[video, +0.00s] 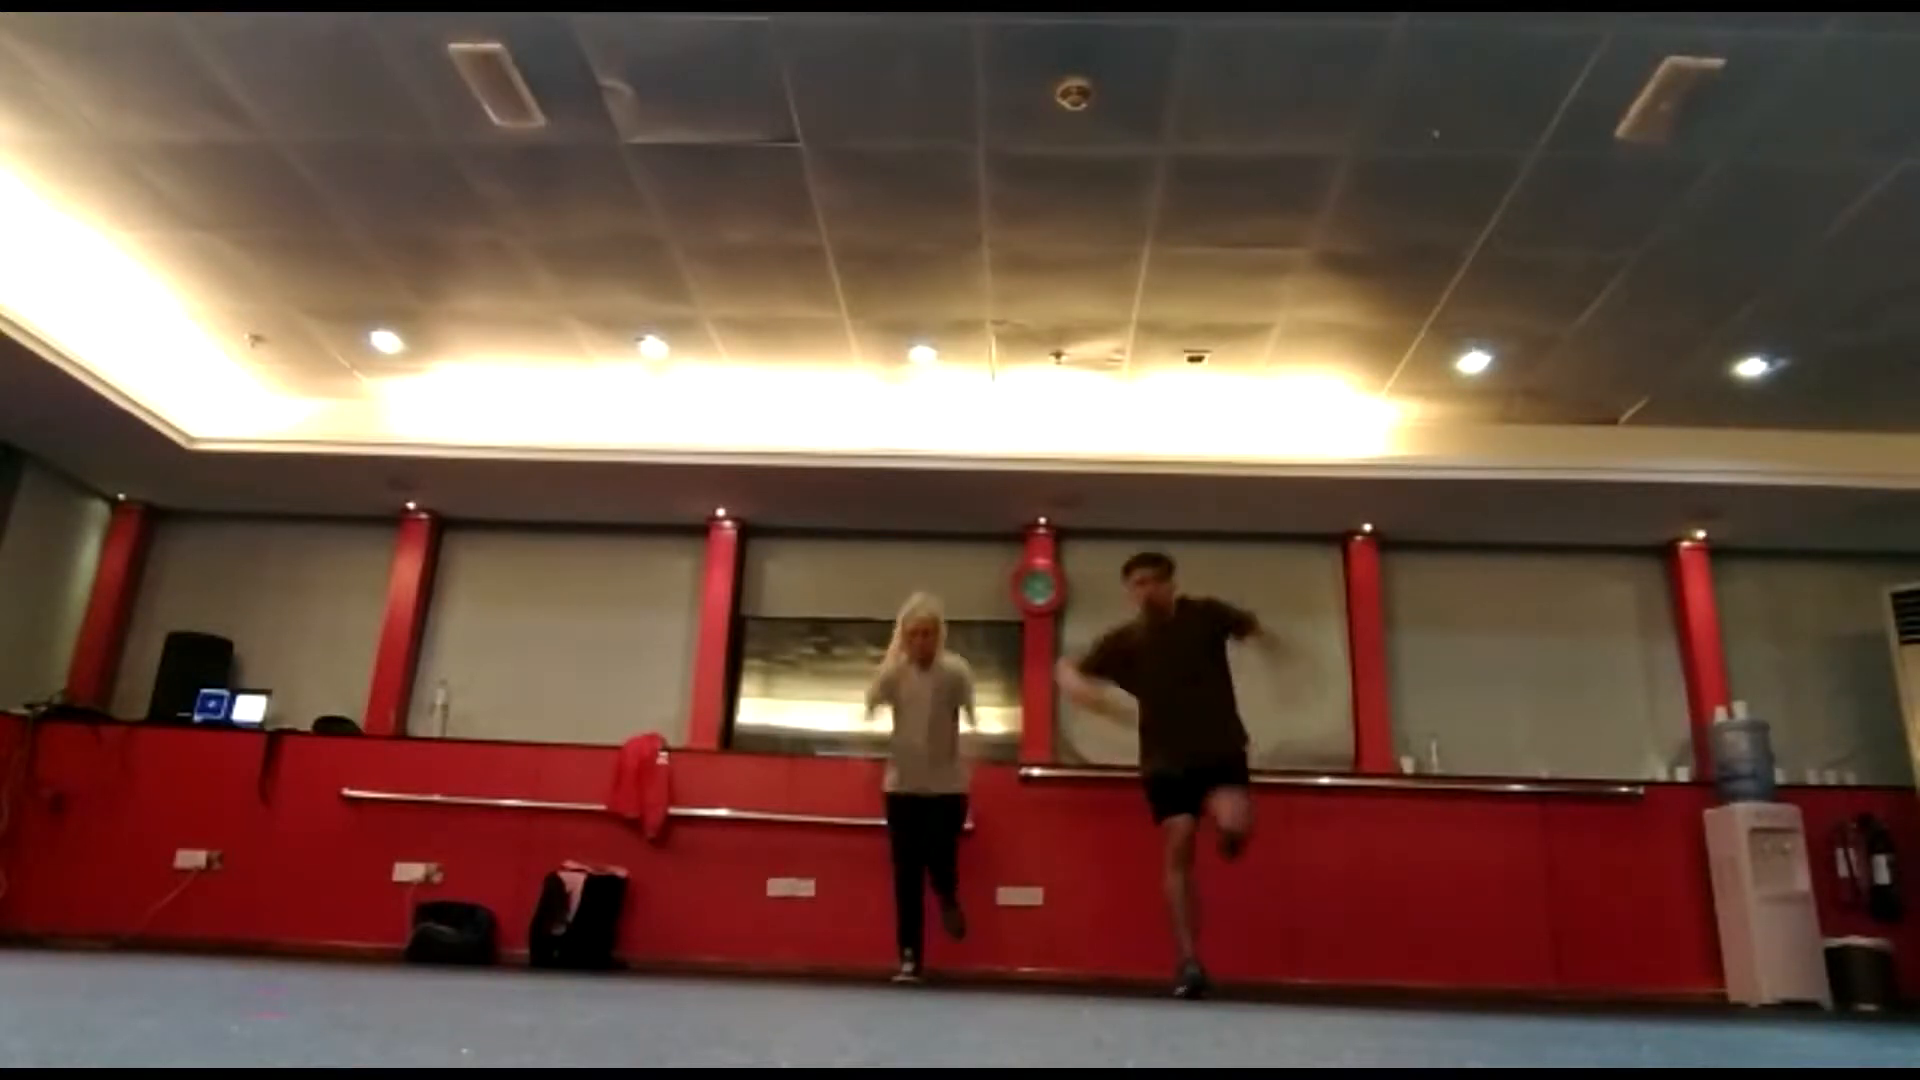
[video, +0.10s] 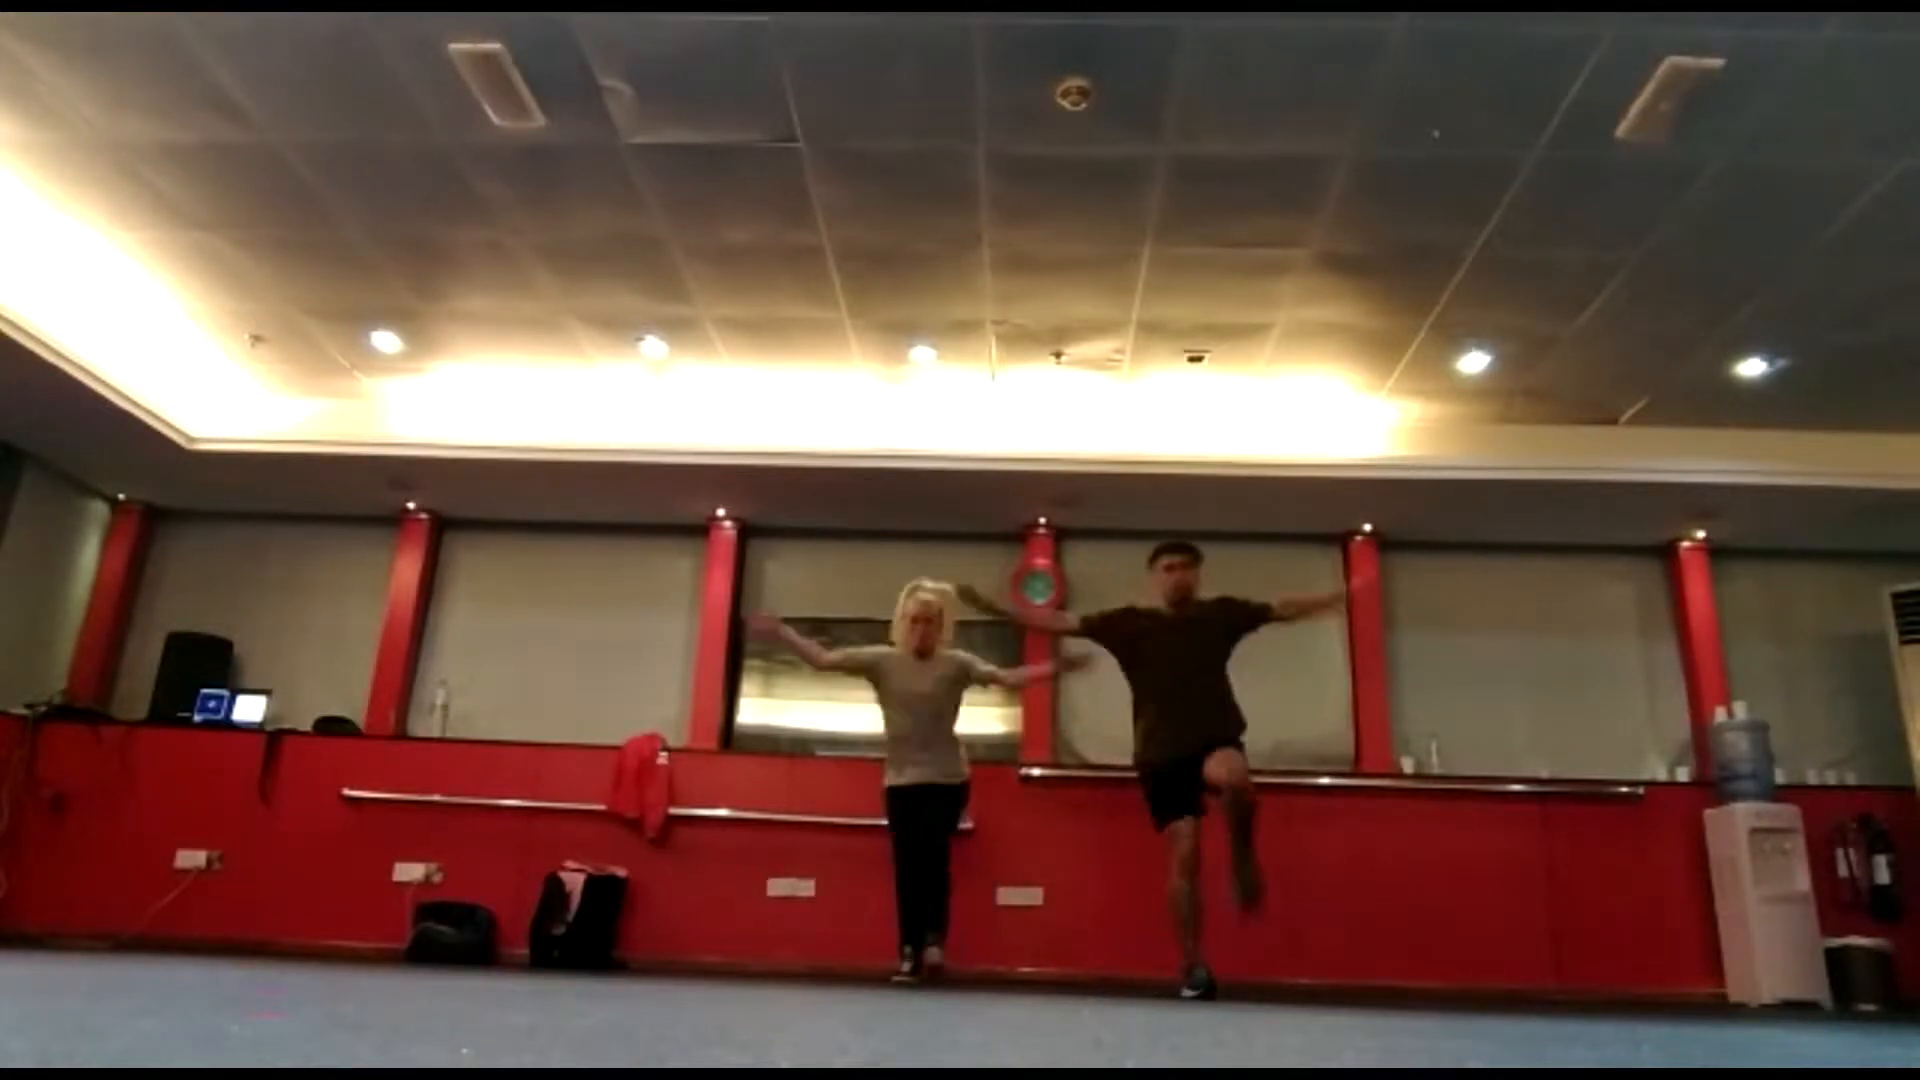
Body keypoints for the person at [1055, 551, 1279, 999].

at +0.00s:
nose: (1147, 592)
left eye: (1153, 581)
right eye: (1138, 584)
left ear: (1171, 582)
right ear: (1128, 591)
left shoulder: (1206, 615)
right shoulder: (1126, 640)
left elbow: (1256, 630)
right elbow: (1070, 676)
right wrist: (1104, 701)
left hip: (1218, 742)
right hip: (1166, 751)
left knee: (1234, 821)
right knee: (1179, 845)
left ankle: (1232, 834)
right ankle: (1188, 960)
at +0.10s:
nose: (1178, 578)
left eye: (1185, 569)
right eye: (1169, 569)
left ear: (1198, 575)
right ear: (1154, 576)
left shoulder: (1221, 613)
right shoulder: (1128, 623)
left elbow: (1284, 609)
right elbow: (1061, 622)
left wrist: (1341, 597)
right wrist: (998, 605)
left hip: (1215, 736)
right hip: (1163, 746)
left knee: (1233, 777)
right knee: (1184, 852)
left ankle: (1245, 866)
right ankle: (1192, 965)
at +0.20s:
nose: (1191, 581)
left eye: (1199, 573)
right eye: (1182, 573)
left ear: (1210, 581)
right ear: (1164, 580)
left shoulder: (1229, 628)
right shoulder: (1138, 629)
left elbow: (1283, 657)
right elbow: (1083, 662)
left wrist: (1325, 673)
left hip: (1212, 749)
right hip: (1158, 753)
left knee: (1235, 800)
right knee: (1188, 850)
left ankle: (1211, 936)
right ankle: (1203, 954)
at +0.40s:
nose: (1218, 614)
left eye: (1228, 606)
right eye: (1210, 604)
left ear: (1241, 618)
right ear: (1193, 611)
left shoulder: (1248, 676)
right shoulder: (1161, 661)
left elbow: (1233, 747)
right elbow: (1153, 739)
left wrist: (1217, 809)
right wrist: (1173, 808)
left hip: (1211, 777)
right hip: (1161, 776)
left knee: (1224, 853)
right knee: (1186, 870)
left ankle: (1178, 960)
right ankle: (1194, 962)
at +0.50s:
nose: (1209, 568)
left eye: (1220, 559)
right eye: (1204, 557)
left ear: (1238, 569)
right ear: (1190, 562)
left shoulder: (1248, 636)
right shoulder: (1159, 607)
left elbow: (1265, 714)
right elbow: (1102, 652)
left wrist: (1230, 734)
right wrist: (1130, 705)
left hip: (1212, 745)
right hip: (1154, 740)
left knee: (1207, 842)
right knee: (1173, 852)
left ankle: (1185, 955)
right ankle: (1199, 938)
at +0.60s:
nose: (1214, 547)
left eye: (1224, 539)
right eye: (1205, 538)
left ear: (1239, 548)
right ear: (1190, 544)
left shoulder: (1246, 619)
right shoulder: (1157, 578)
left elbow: (1284, 694)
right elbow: (1091, 579)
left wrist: (1239, 661)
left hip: (1207, 730)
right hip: (1148, 726)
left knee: (1202, 828)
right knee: (1160, 833)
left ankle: (1195, 954)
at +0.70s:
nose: (1203, 535)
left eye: (1212, 525)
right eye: (1194, 526)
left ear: (1231, 533)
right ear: (1181, 535)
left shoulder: (1244, 605)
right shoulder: (1160, 565)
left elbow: (1273, 683)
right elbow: (1100, 570)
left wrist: (1228, 634)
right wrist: (1116, 590)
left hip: (1200, 712)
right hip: (1141, 699)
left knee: (1195, 825)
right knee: (1122, 793)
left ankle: (1193, 952)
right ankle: (1166, 799)